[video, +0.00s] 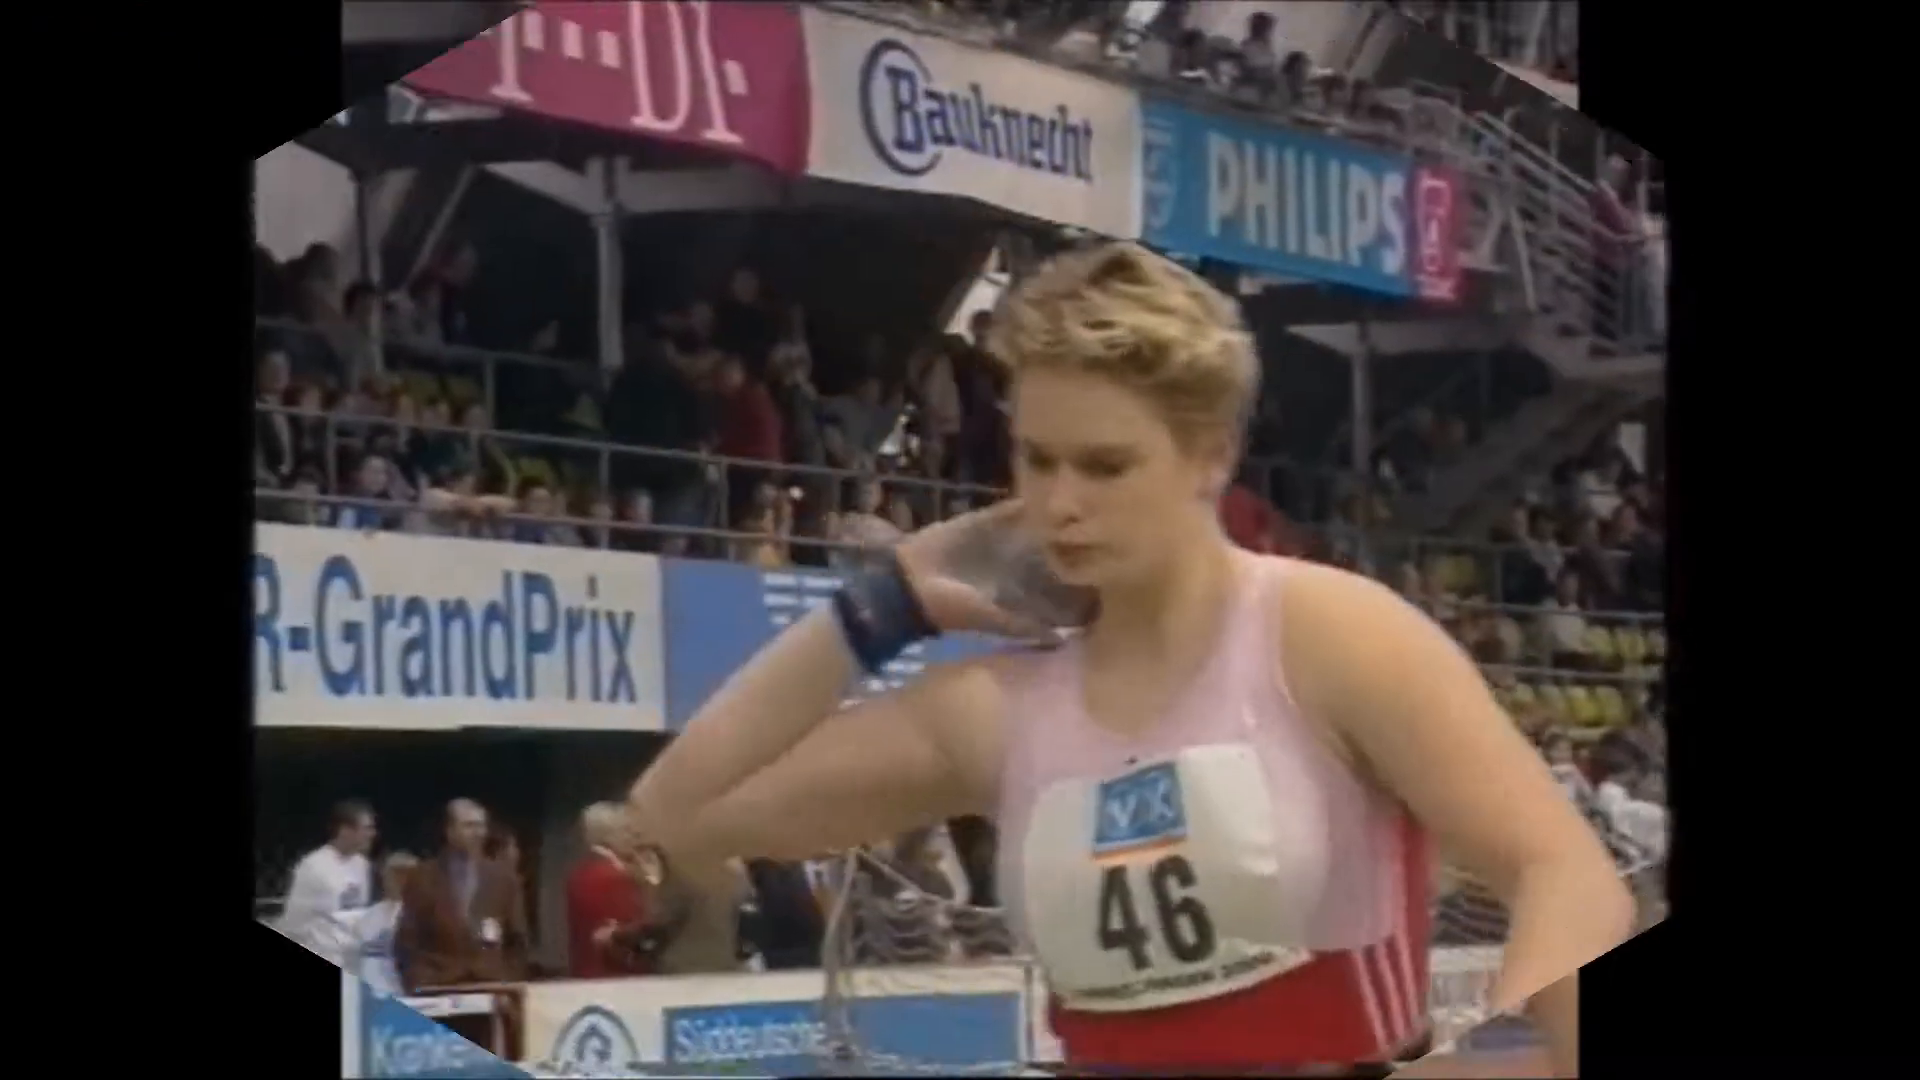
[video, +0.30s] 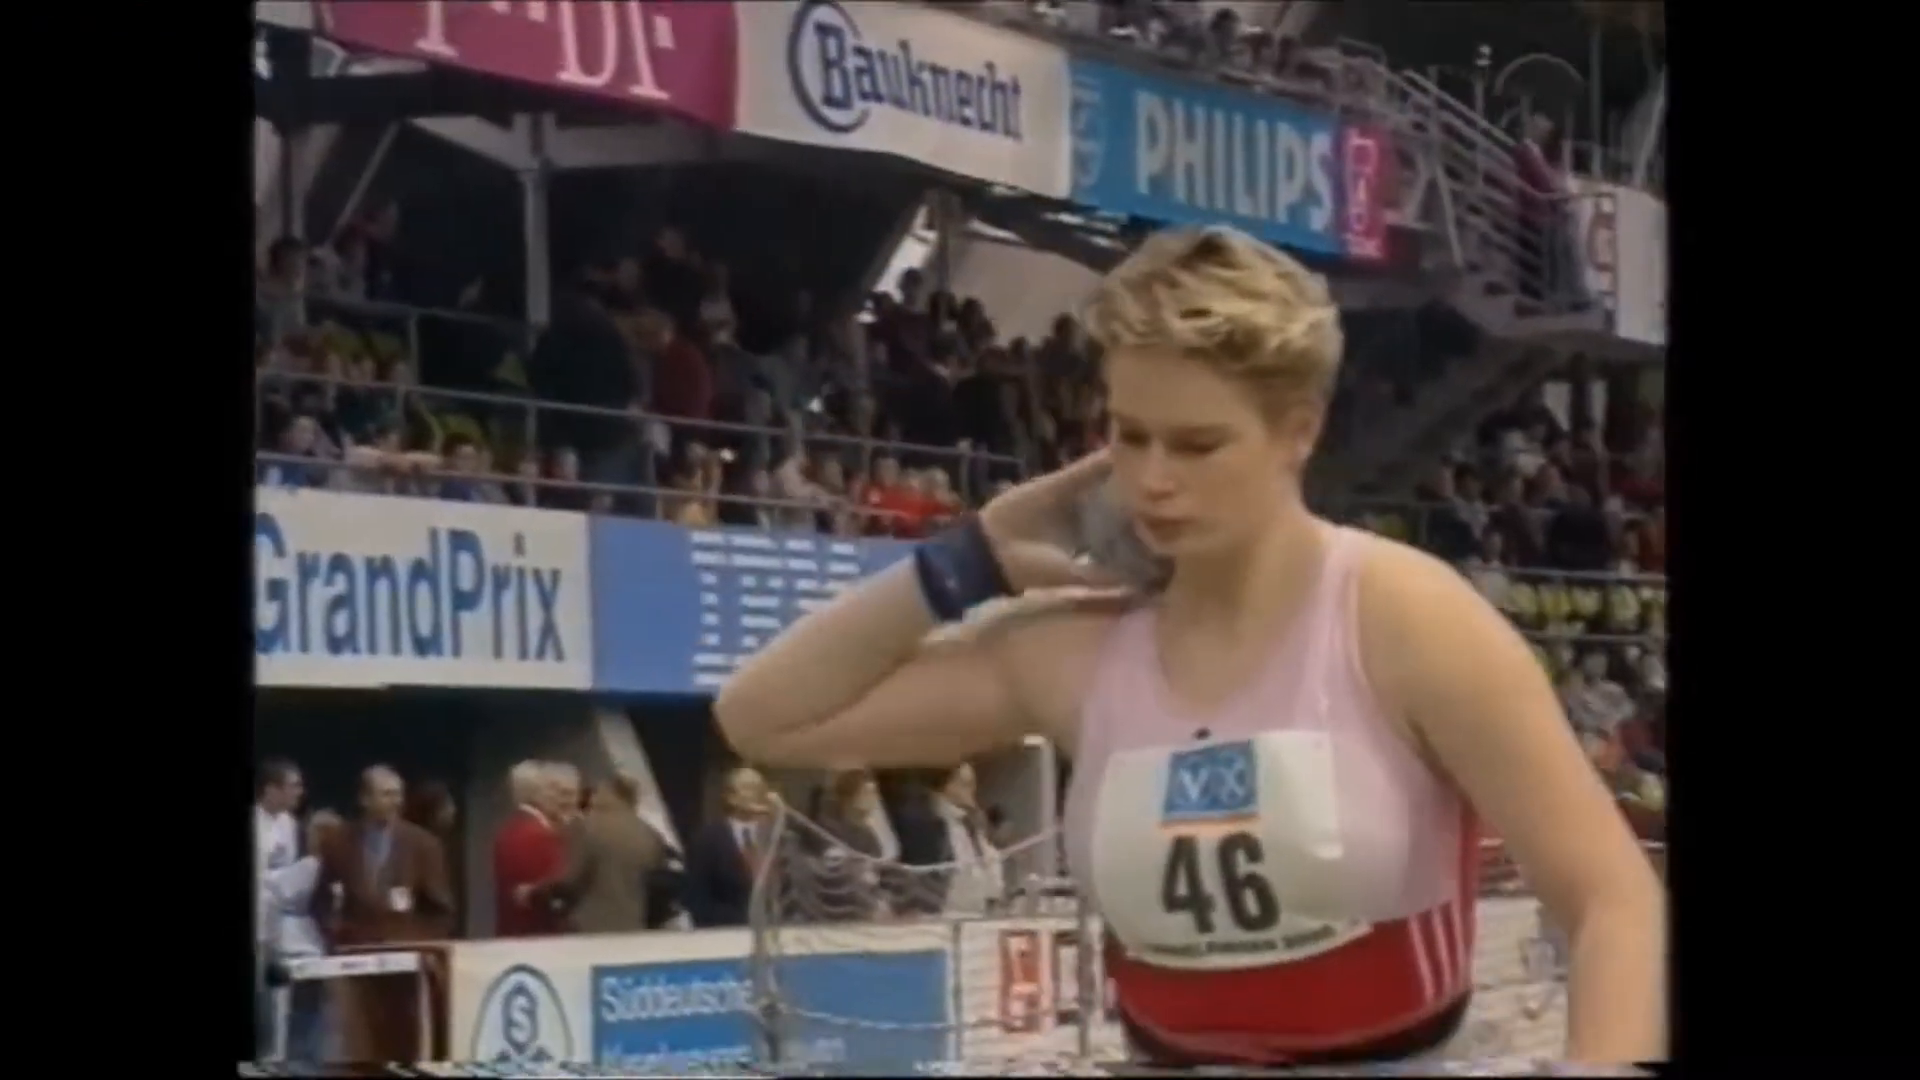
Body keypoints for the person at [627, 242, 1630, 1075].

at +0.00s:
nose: (1056, 505)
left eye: (1101, 464)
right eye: (1034, 463)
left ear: (1210, 462)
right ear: (1008, 462)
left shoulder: (1331, 633)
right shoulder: (989, 712)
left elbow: (1570, 881)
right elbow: (670, 818)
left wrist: (1504, 1048)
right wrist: (879, 605)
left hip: (1352, 1057)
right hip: (1112, 1066)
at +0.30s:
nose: (1152, 482)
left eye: (1197, 444)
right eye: (1128, 435)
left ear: (1297, 433)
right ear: (1100, 424)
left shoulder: (1399, 612)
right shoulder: (1069, 655)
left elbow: (1613, 899)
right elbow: (759, 720)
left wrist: (1601, 1073)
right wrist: (970, 558)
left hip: (1403, 1058)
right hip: (1168, 1062)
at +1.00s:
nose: (1034, 448)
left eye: (1077, 409)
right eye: (1008, 400)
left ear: (1182, 371)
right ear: (986, 368)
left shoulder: (1287, 537)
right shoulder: (962, 545)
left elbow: (1463, 847)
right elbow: (606, 583)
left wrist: (1474, 1064)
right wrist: (861, 546)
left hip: (1276, 1059)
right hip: (1034, 1057)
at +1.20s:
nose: (904, 472)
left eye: (948, 424)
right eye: (867, 423)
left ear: (1047, 375)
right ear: (832, 397)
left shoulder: (1162, 521)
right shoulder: (817, 555)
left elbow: (1330, 875)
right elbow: (437, 669)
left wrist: (1286, 1069)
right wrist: (719, 580)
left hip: (1192, 1048)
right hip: (943, 1053)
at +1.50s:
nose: (717, 554)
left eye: (765, 508)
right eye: (677, 502)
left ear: (874, 426)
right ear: (641, 448)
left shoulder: (1024, 544)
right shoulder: (633, 548)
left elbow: (1241, 947)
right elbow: (273, 747)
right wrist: (556, 687)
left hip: (1104, 1042)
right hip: (855, 1049)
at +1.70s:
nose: (659, 707)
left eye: (705, 664)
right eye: (617, 665)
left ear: (818, 560)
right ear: (574, 594)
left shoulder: (996, 635)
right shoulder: (543, 647)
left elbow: (1251, 1041)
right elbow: (256, 867)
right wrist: (505, 814)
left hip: (1089, 1038)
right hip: (840, 1048)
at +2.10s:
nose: (696, 686)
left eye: (737, 631)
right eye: (645, 639)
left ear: (849, 514)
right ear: (592, 557)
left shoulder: (1071, 577)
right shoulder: (575, 563)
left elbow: (1254, 1049)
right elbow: (261, 834)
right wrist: (524, 790)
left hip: (1172, 1032)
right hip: (912, 1042)